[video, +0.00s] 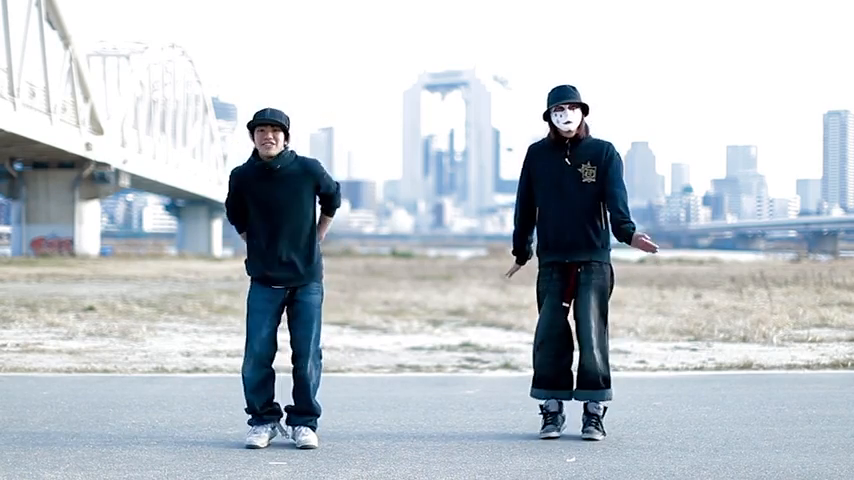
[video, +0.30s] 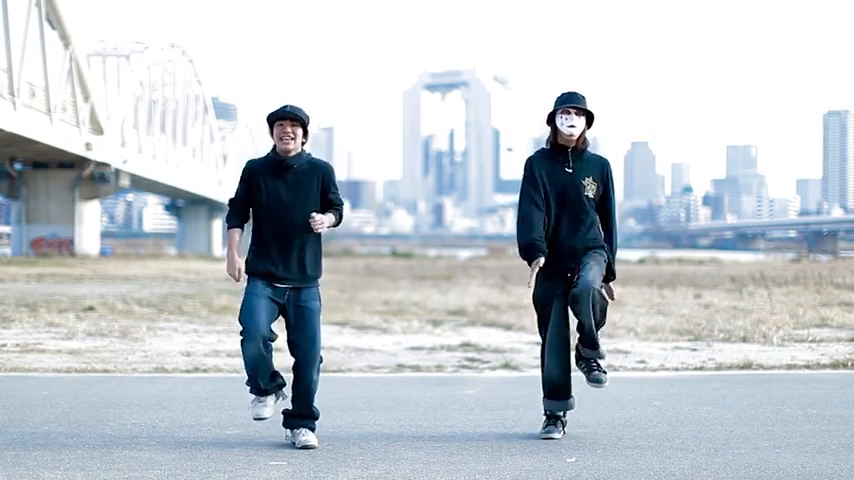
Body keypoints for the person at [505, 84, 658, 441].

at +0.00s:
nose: (565, 115)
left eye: (570, 108)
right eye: (558, 110)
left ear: (582, 112)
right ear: (549, 116)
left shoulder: (603, 152)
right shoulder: (536, 154)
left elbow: (616, 198)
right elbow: (525, 204)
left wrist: (629, 232)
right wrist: (521, 249)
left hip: (592, 256)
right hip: (551, 256)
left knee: (590, 331)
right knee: (548, 330)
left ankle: (593, 411)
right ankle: (551, 409)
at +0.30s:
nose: (570, 121)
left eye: (577, 115)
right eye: (564, 115)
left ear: (585, 123)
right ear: (554, 120)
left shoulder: (599, 165)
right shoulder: (537, 163)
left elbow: (608, 221)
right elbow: (530, 210)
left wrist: (608, 272)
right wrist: (535, 251)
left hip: (592, 249)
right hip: (553, 255)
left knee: (586, 287)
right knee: (553, 334)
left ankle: (588, 353)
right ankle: (554, 412)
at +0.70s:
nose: (575, 125)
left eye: (581, 119)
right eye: (568, 119)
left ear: (590, 125)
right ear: (558, 125)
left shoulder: (606, 170)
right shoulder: (542, 169)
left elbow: (617, 221)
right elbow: (529, 222)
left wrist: (627, 267)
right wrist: (524, 272)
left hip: (596, 269)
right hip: (557, 270)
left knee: (590, 342)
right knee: (564, 337)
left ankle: (586, 414)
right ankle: (551, 404)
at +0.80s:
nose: (577, 123)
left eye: (583, 118)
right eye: (571, 118)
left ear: (592, 124)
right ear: (560, 123)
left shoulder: (606, 164)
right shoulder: (542, 166)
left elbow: (626, 198)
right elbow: (527, 206)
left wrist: (646, 219)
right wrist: (520, 239)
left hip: (598, 259)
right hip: (559, 256)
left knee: (591, 335)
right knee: (586, 308)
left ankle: (584, 412)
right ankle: (561, 364)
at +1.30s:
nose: (577, 140)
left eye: (584, 135)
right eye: (571, 134)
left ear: (593, 133)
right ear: (560, 130)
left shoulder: (608, 161)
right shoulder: (538, 160)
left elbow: (650, 172)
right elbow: (498, 176)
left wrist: (686, 140)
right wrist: (481, 135)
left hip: (596, 258)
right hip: (554, 260)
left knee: (593, 312)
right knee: (555, 332)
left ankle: (590, 365)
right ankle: (555, 412)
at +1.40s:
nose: (580, 137)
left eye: (587, 131)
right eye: (575, 130)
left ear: (596, 129)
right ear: (563, 126)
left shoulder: (607, 159)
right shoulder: (541, 159)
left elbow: (648, 190)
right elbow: (501, 185)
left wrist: (691, 216)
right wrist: (455, 196)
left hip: (597, 257)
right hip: (555, 259)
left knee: (596, 323)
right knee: (556, 334)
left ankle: (592, 384)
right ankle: (556, 412)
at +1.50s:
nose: (583, 133)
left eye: (590, 127)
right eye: (577, 126)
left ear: (599, 130)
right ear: (566, 129)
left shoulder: (612, 169)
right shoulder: (543, 167)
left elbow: (639, 212)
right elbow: (503, 195)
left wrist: (633, 249)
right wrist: (509, 237)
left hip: (598, 268)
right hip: (557, 269)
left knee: (594, 341)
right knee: (559, 343)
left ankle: (593, 411)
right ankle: (556, 414)